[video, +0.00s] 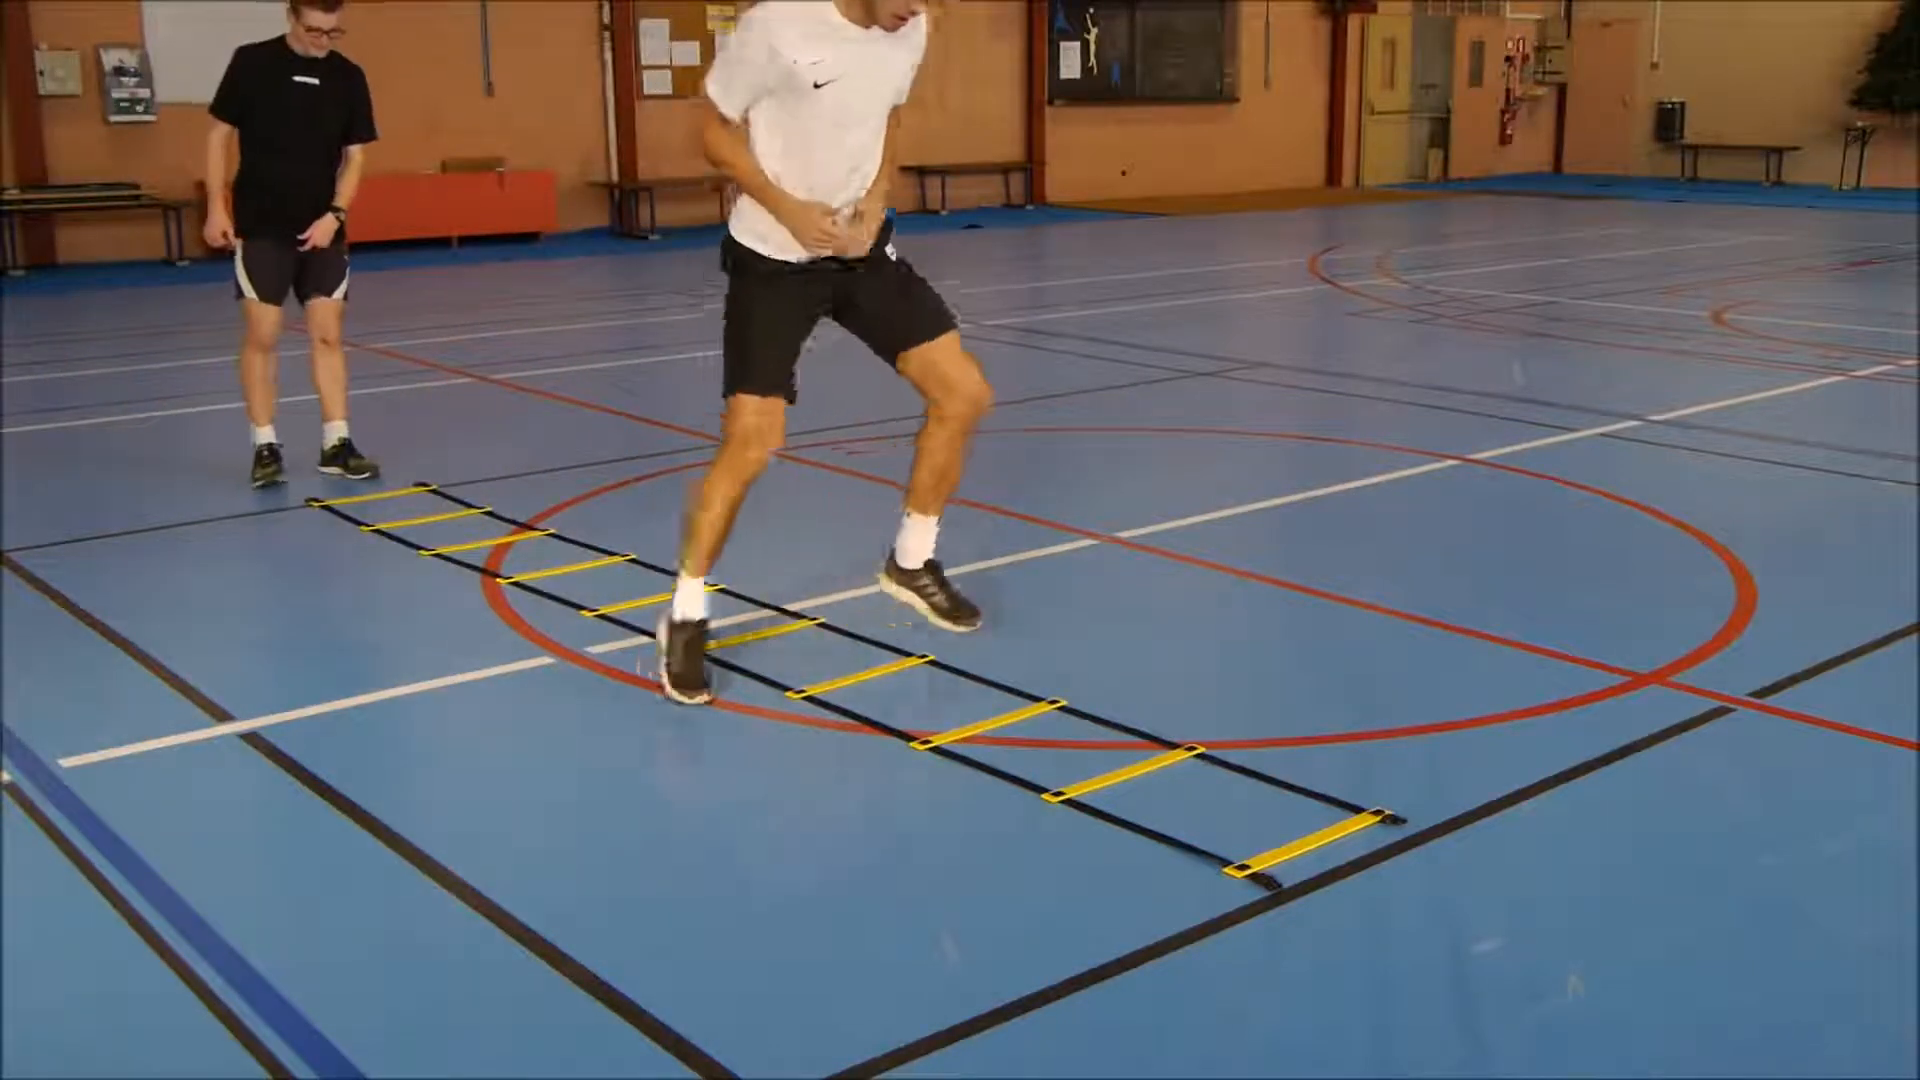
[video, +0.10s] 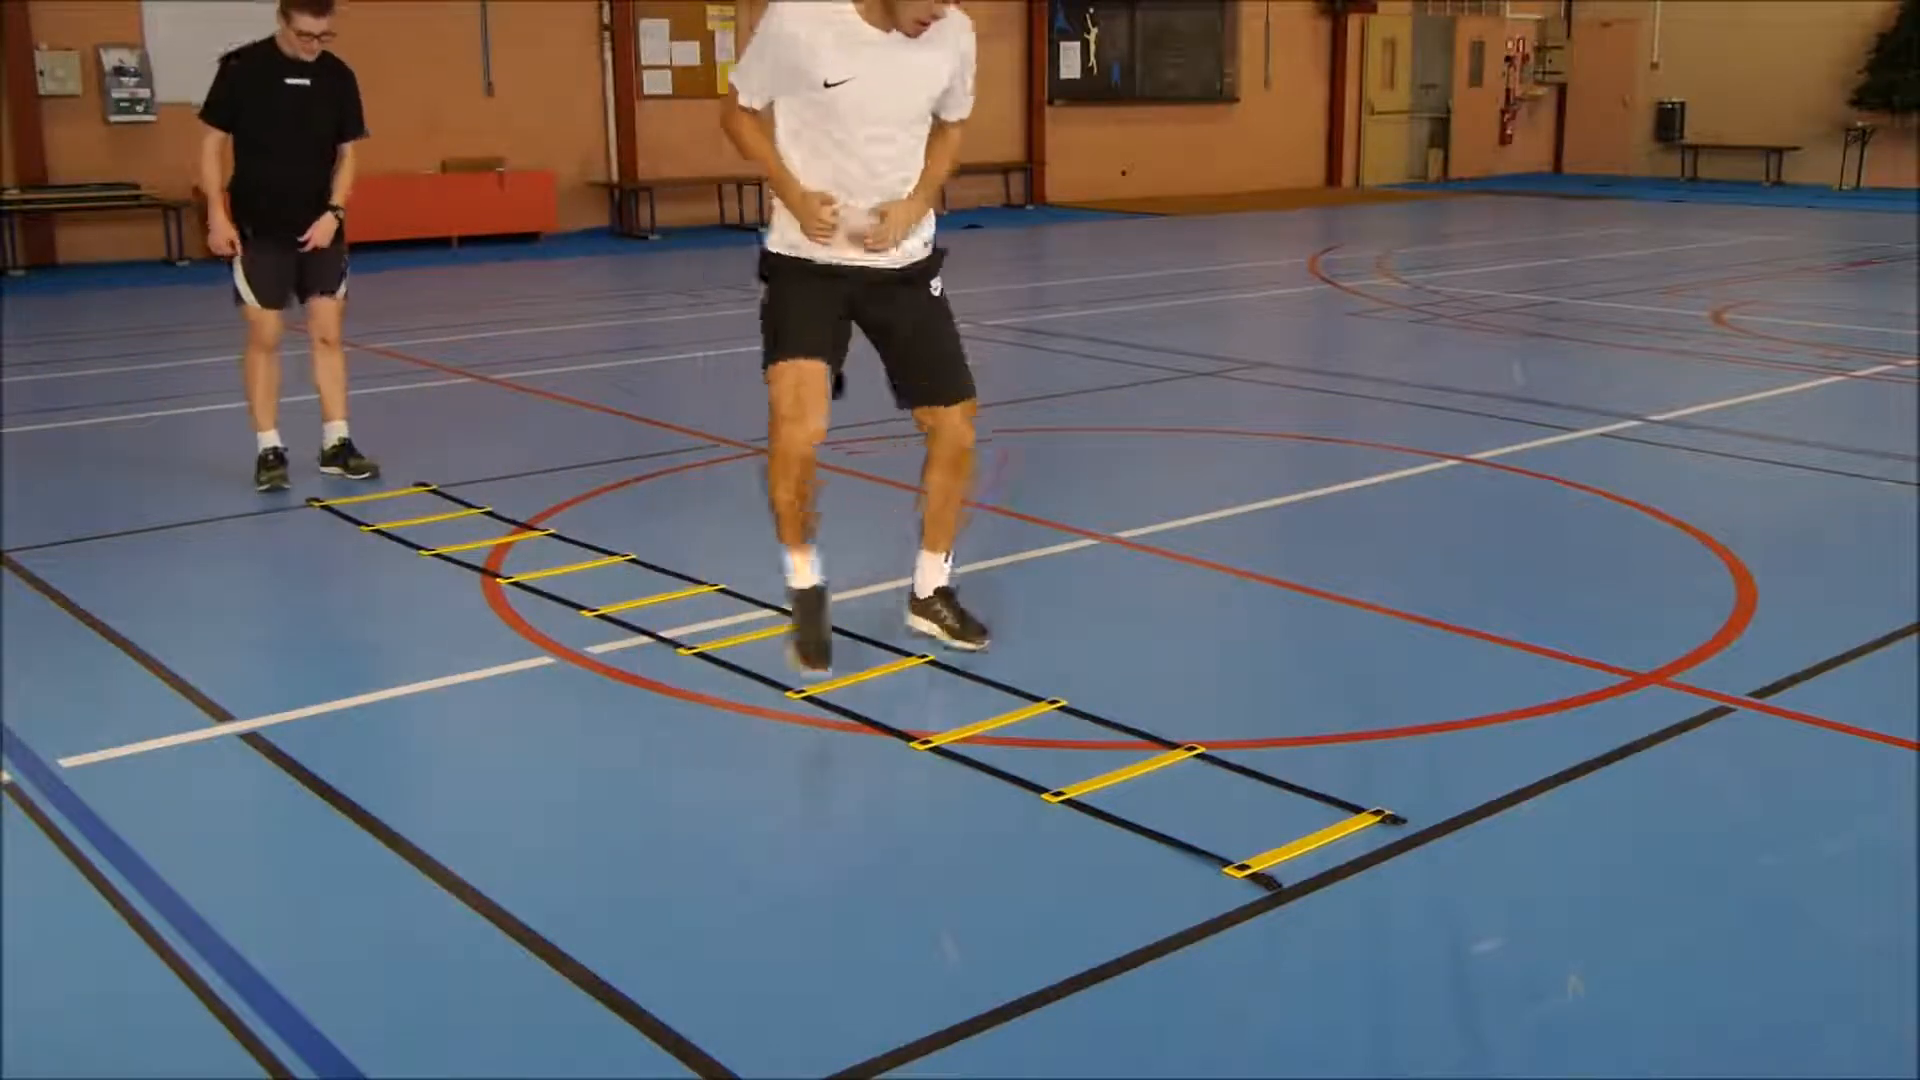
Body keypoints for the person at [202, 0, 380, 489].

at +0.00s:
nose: (321, 40)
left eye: (331, 31)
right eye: (313, 30)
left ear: (340, 23)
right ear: (291, 16)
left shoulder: (349, 77)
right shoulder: (251, 62)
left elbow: (354, 158)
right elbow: (219, 134)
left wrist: (336, 214)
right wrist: (216, 208)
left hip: (322, 224)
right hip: (261, 225)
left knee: (328, 334)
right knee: (263, 335)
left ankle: (337, 444)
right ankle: (265, 446)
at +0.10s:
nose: (314, 46)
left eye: (323, 36)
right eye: (304, 36)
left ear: (332, 26)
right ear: (282, 21)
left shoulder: (338, 76)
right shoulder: (240, 68)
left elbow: (348, 155)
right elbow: (212, 145)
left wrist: (334, 213)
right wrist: (218, 216)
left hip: (320, 226)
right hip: (259, 229)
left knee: (329, 335)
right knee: (265, 339)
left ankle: (337, 443)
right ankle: (269, 448)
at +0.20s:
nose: (306, 49)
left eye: (314, 40)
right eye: (296, 40)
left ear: (323, 27)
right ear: (272, 25)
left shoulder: (329, 71)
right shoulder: (231, 70)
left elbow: (340, 149)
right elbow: (206, 148)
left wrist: (331, 209)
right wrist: (218, 221)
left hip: (318, 225)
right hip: (258, 229)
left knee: (330, 334)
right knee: (265, 339)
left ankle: (336, 444)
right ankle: (269, 449)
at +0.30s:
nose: (298, 53)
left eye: (306, 43)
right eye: (287, 44)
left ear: (315, 30)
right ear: (263, 28)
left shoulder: (321, 70)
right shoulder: (224, 75)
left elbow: (333, 147)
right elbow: (202, 158)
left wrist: (325, 205)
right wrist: (220, 226)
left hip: (315, 223)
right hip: (255, 231)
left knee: (338, 332)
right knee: (263, 340)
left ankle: (336, 441)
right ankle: (269, 449)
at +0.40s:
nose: (297, 52)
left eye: (306, 43)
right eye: (287, 43)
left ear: (314, 29)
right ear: (262, 28)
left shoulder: (321, 70)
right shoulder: (225, 75)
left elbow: (331, 144)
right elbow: (202, 157)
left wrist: (326, 198)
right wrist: (220, 228)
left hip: (314, 222)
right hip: (255, 230)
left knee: (338, 332)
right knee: (262, 340)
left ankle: (336, 440)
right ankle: (269, 448)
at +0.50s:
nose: (302, 51)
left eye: (311, 41)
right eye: (292, 42)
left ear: (320, 28)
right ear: (267, 29)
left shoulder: (327, 71)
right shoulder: (229, 74)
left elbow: (338, 141)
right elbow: (206, 156)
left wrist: (332, 185)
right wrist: (222, 226)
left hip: (318, 224)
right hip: (257, 230)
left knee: (334, 335)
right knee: (262, 341)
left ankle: (336, 448)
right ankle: (269, 450)